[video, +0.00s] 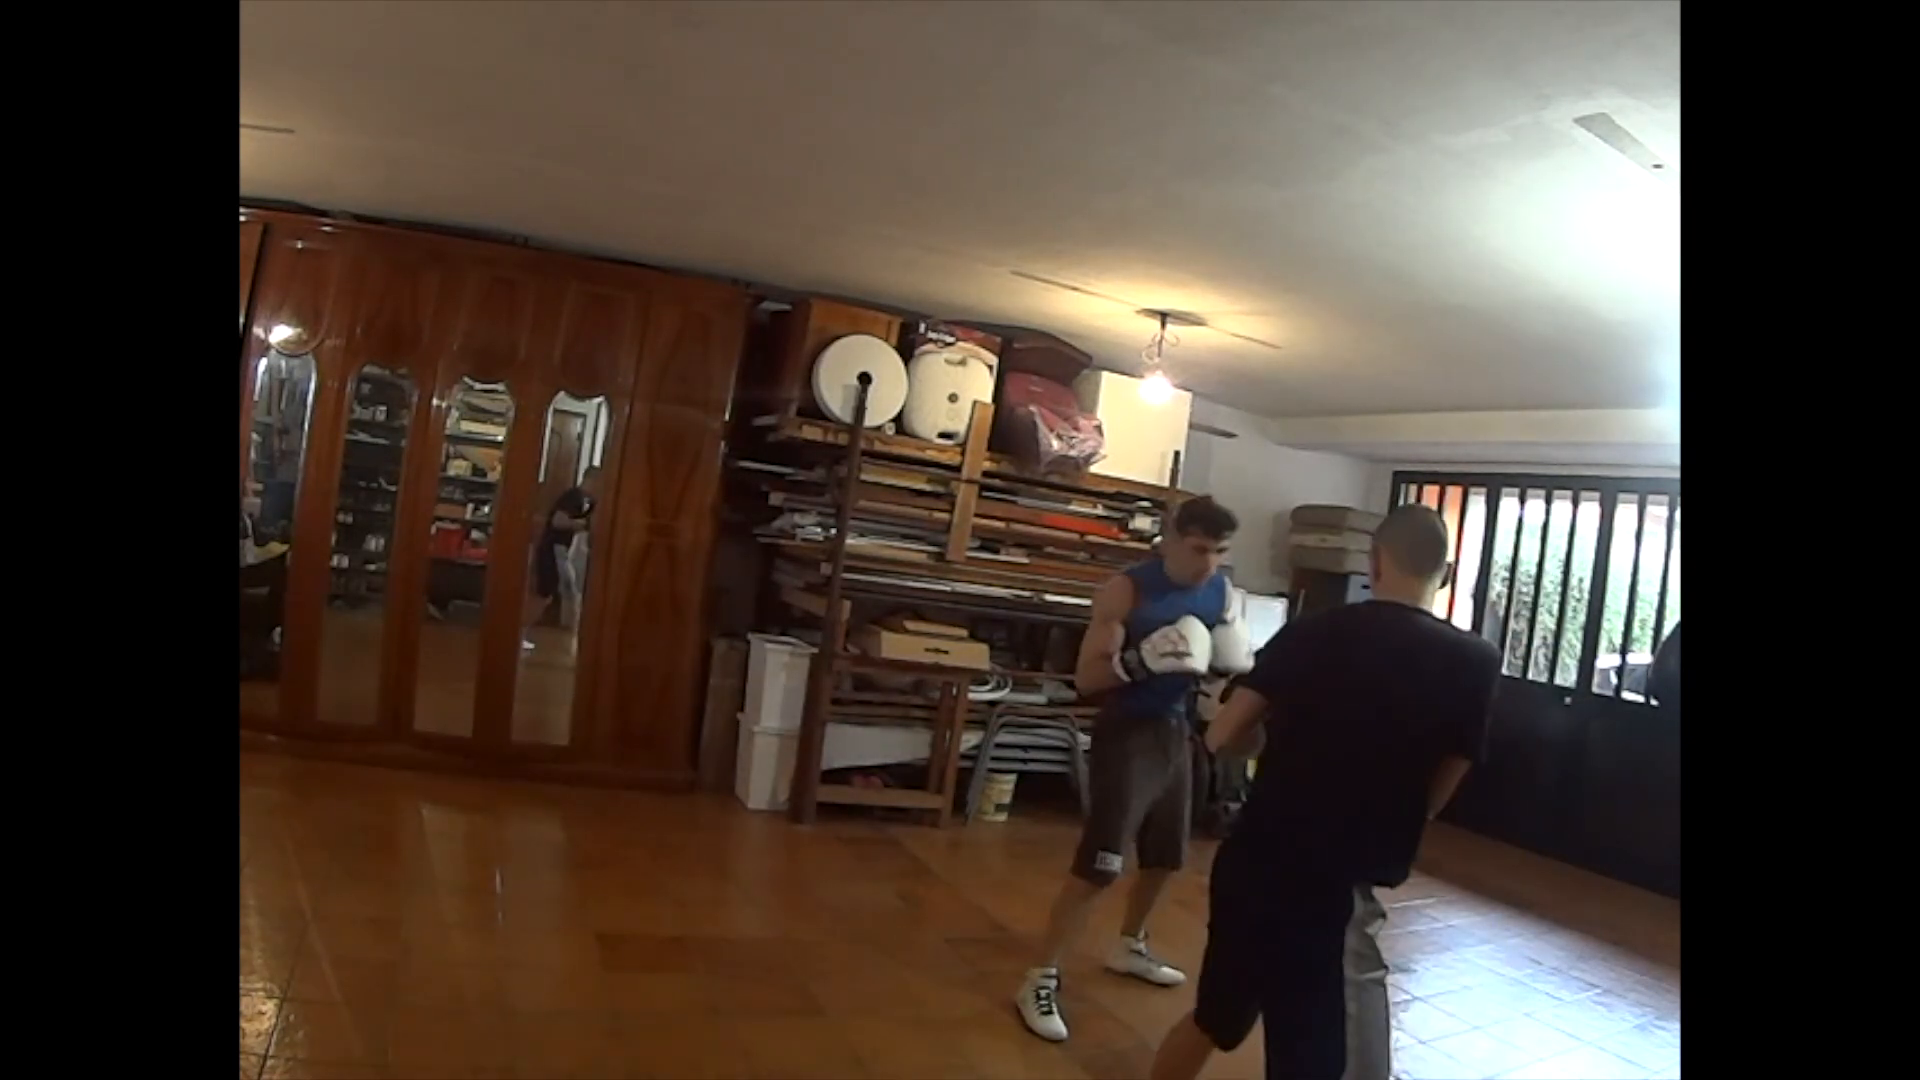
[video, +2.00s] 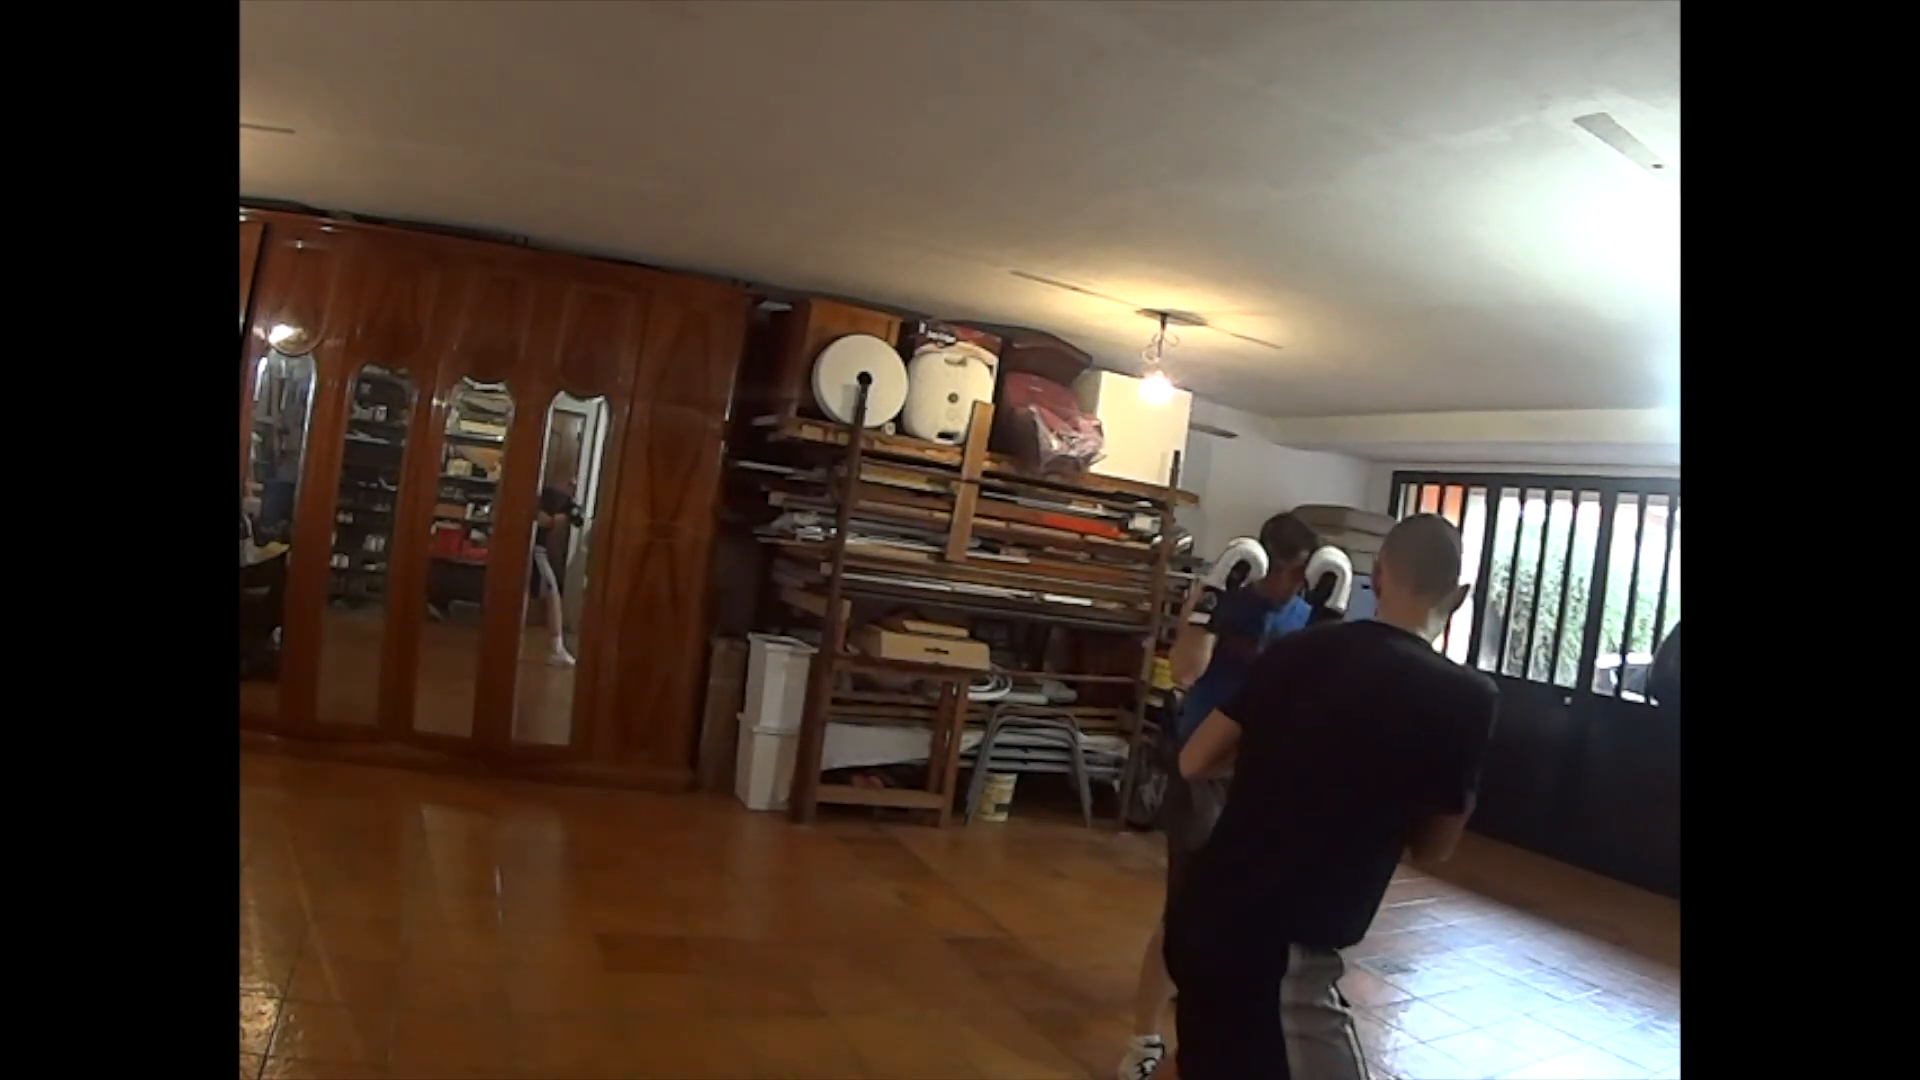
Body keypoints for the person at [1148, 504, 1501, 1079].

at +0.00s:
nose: (1371, 568)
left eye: (1372, 559)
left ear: (1377, 562)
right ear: (1444, 572)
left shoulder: (1318, 627)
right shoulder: (1474, 662)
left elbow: (1221, 737)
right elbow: (1434, 797)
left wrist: (1272, 727)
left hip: (1257, 858)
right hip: (1347, 888)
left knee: (1209, 1021)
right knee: (1315, 1064)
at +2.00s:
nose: (1379, 577)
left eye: (1378, 568)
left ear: (1378, 575)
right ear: (1456, 599)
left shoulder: (1301, 651)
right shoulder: (1466, 697)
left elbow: (1195, 761)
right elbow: (1434, 850)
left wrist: (1272, 752)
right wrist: (1375, 791)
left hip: (1208, 919)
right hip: (1299, 955)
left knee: (1209, 1066)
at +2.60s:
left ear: (1384, 572)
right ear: (1467, 595)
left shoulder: (1298, 655)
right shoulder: (1479, 701)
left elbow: (1198, 770)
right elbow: (1444, 857)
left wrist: (1276, 774)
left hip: (1218, 927)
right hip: (1315, 963)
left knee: (1213, 1065)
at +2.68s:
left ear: (1375, 576)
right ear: (1455, 598)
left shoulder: (1299, 656)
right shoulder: (1474, 691)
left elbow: (1200, 777)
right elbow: (1445, 856)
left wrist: (1271, 786)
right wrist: (1388, 800)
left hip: (1213, 924)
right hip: (1311, 959)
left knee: (1213, 1057)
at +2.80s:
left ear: (1371, 591)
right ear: (1447, 610)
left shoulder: (1298, 663)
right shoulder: (1460, 701)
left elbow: (1199, 749)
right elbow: (1436, 858)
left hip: (1203, 937)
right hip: (1302, 965)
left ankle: (1202, 1061)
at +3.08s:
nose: (1397, 635)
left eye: (1399, 625)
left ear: (1403, 632)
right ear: (1490, 659)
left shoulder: (1305, 704)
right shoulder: (1493, 765)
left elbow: (1197, 823)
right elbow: (1443, 924)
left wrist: (1185, 768)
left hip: (1199, 994)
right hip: (1309, 1031)